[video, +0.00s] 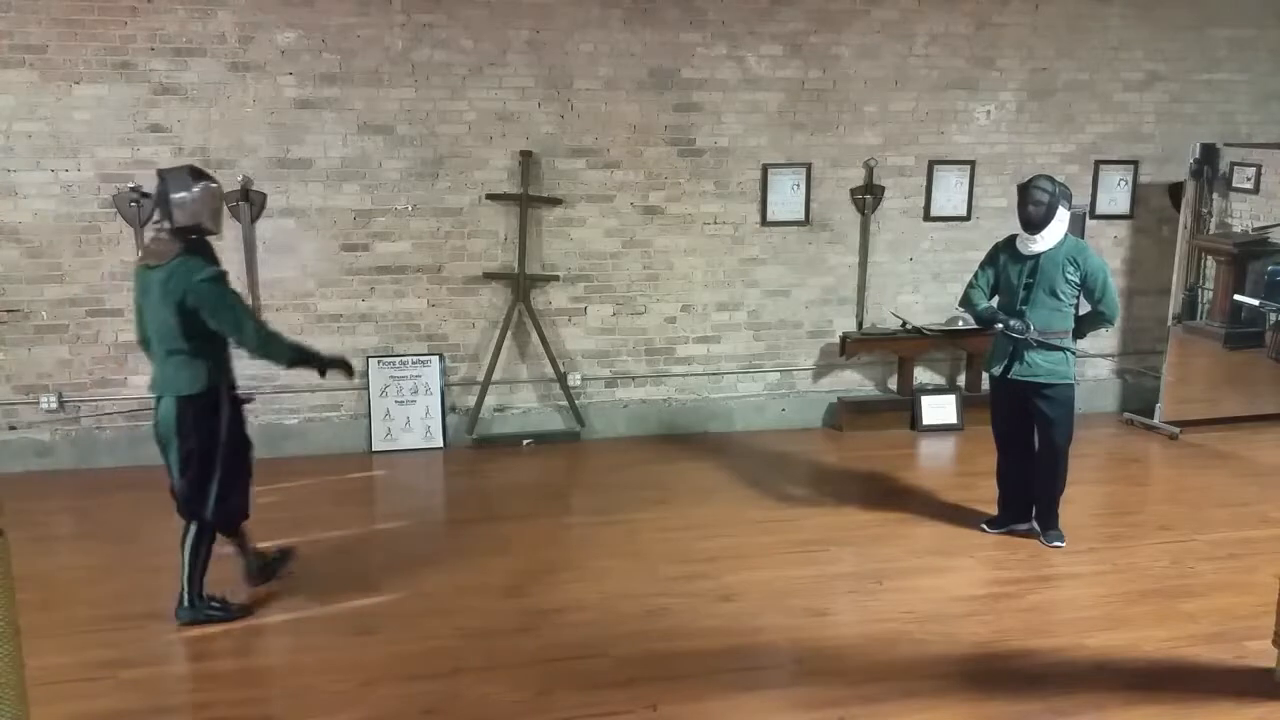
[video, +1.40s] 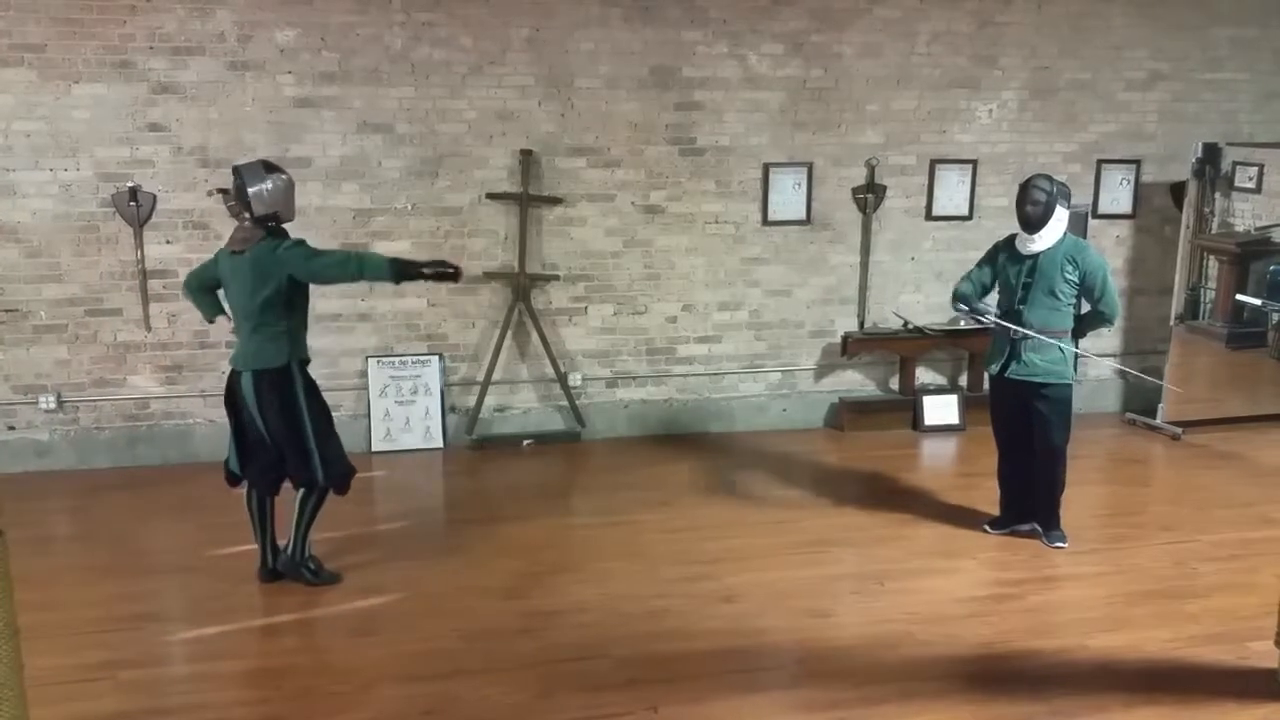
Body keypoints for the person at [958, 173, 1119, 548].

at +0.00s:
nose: (1028, 210)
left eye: (1037, 203)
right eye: (1024, 202)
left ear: (1058, 207)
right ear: (1018, 204)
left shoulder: (1079, 254)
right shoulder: (1004, 250)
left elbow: (1107, 312)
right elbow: (972, 297)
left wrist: (1068, 331)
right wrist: (1000, 320)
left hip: (1052, 373)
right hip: (1006, 371)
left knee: (1052, 453)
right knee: (1010, 449)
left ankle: (1048, 523)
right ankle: (1013, 515)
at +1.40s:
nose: (1027, 210)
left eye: (1035, 203)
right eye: (1023, 202)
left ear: (1056, 207)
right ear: (1017, 203)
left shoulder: (1080, 254)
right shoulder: (1005, 249)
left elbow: (1108, 310)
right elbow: (963, 294)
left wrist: (1073, 329)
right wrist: (998, 316)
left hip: (1050, 372)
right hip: (1005, 369)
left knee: (1049, 452)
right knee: (1011, 449)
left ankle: (1049, 523)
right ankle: (1015, 515)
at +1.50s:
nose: (1027, 210)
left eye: (1036, 205)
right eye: (1023, 203)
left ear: (1056, 209)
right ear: (1017, 204)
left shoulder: (1079, 255)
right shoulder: (1007, 249)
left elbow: (1107, 312)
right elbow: (974, 273)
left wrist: (1069, 330)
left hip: (1050, 368)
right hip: (1004, 364)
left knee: (1048, 451)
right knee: (1010, 447)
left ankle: (1047, 521)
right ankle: (1013, 515)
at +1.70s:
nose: (1028, 212)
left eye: (1037, 205)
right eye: (1024, 204)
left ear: (1057, 208)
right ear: (1019, 205)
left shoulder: (1078, 256)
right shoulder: (1005, 248)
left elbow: (1105, 313)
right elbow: (956, 254)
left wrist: (1071, 331)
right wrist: (907, 245)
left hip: (1048, 366)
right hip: (1003, 363)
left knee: (1048, 449)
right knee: (1009, 445)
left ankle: (1047, 521)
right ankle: (1014, 514)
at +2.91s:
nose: (1004, 219)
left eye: (1011, 211)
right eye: (1001, 211)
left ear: (1035, 210)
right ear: (1000, 211)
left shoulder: (1068, 253)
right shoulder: (996, 253)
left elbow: (1102, 308)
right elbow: (959, 288)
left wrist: (1067, 327)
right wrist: (920, 287)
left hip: (1046, 364)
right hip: (1002, 363)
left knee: (1048, 447)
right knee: (1007, 445)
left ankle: (1055, 524)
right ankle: (1012, 515)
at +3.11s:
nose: (1003, 217)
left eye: (1011, 209)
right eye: (1000, 209)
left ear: (1035, 210)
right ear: (999, 209)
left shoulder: (1064, 252)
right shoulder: (1001, 255)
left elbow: (1096, 310)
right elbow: (976, 300)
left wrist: (1067, 328)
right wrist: (937, 328)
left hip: (1043, 366)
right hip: (1004, 365)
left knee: (1052, 447)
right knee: (1009, 447)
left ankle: (1086, 519)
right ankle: (1013, 514)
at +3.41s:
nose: (1002, 219)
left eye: (1011, 211)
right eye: (1002, 211)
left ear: (1034, 216)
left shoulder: (1063, 260)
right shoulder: (1011, 263)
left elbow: (1091, 319)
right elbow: (1003, 317)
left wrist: (1068, 341)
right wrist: (993, 349)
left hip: (1053, 376)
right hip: (1014, 373)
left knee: (1068, 451)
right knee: (1002, 444)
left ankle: (1101, 525)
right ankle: (1013, 514)